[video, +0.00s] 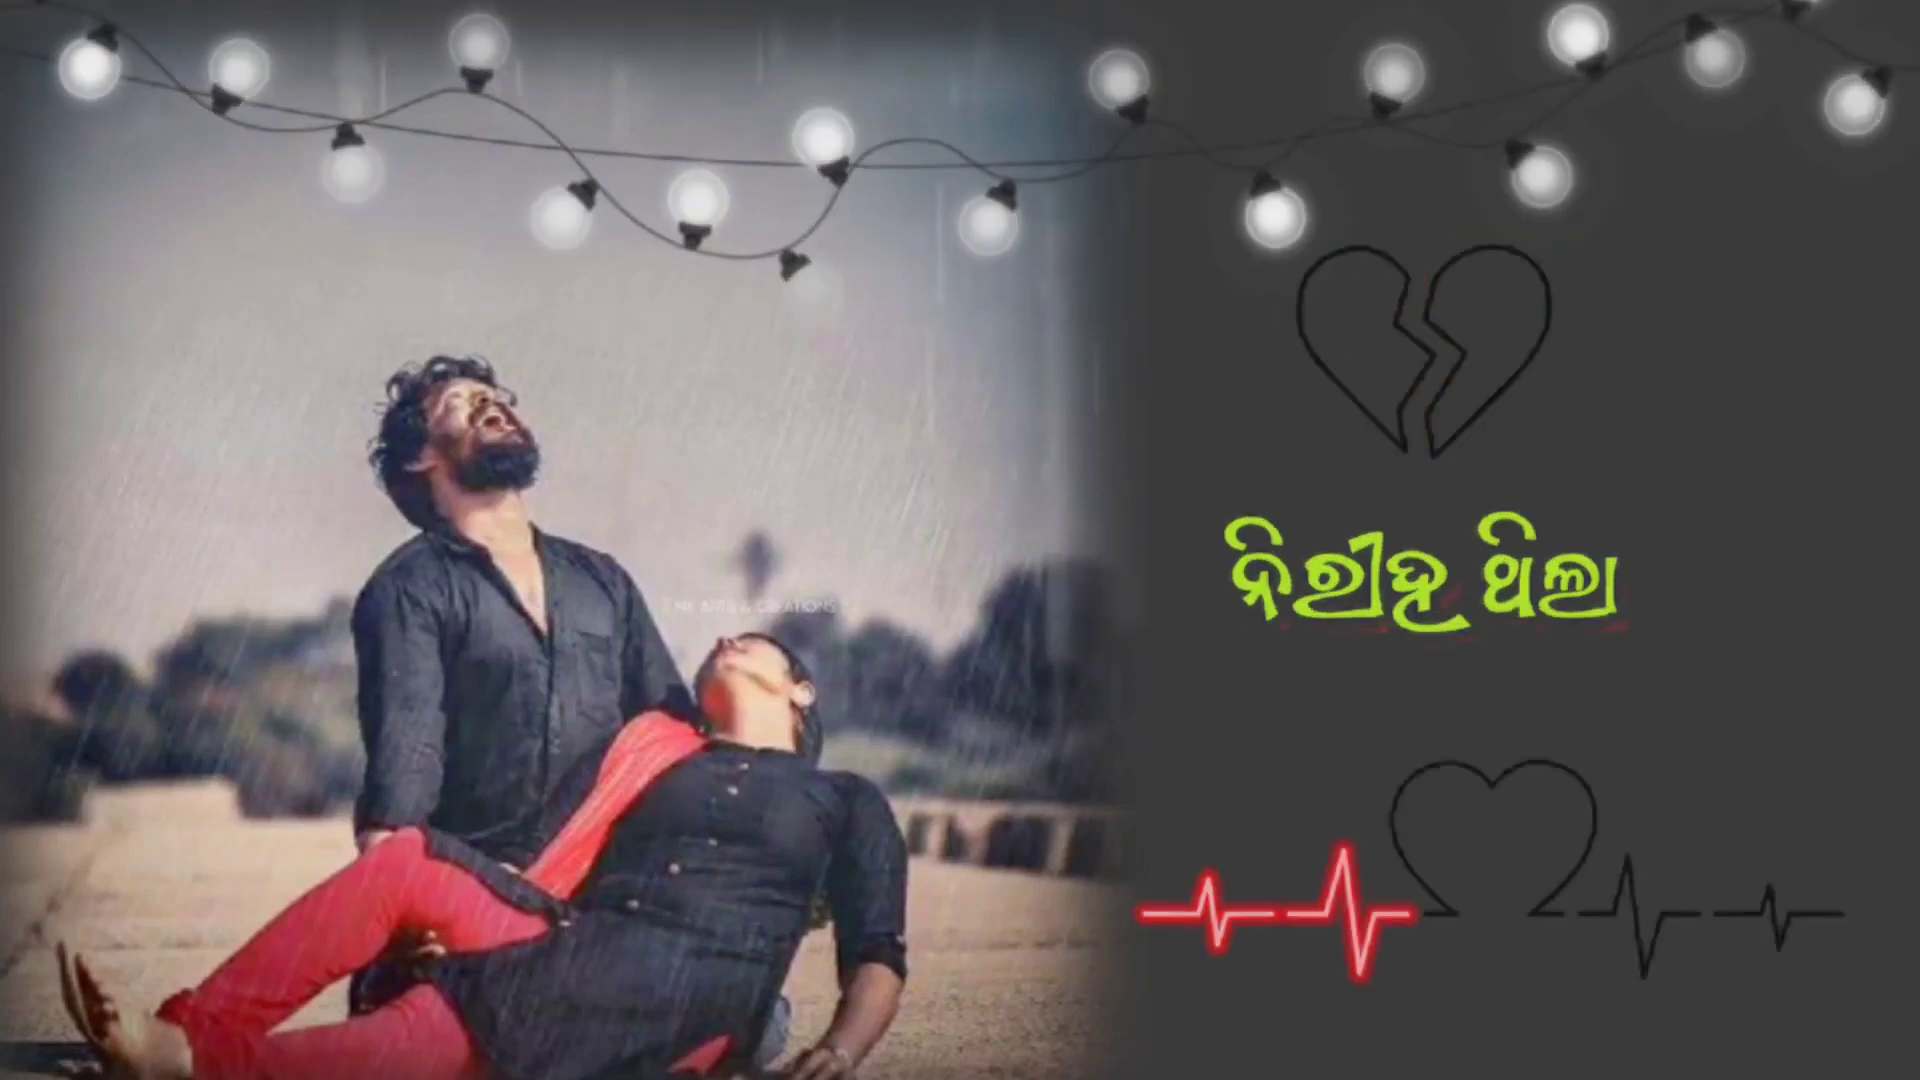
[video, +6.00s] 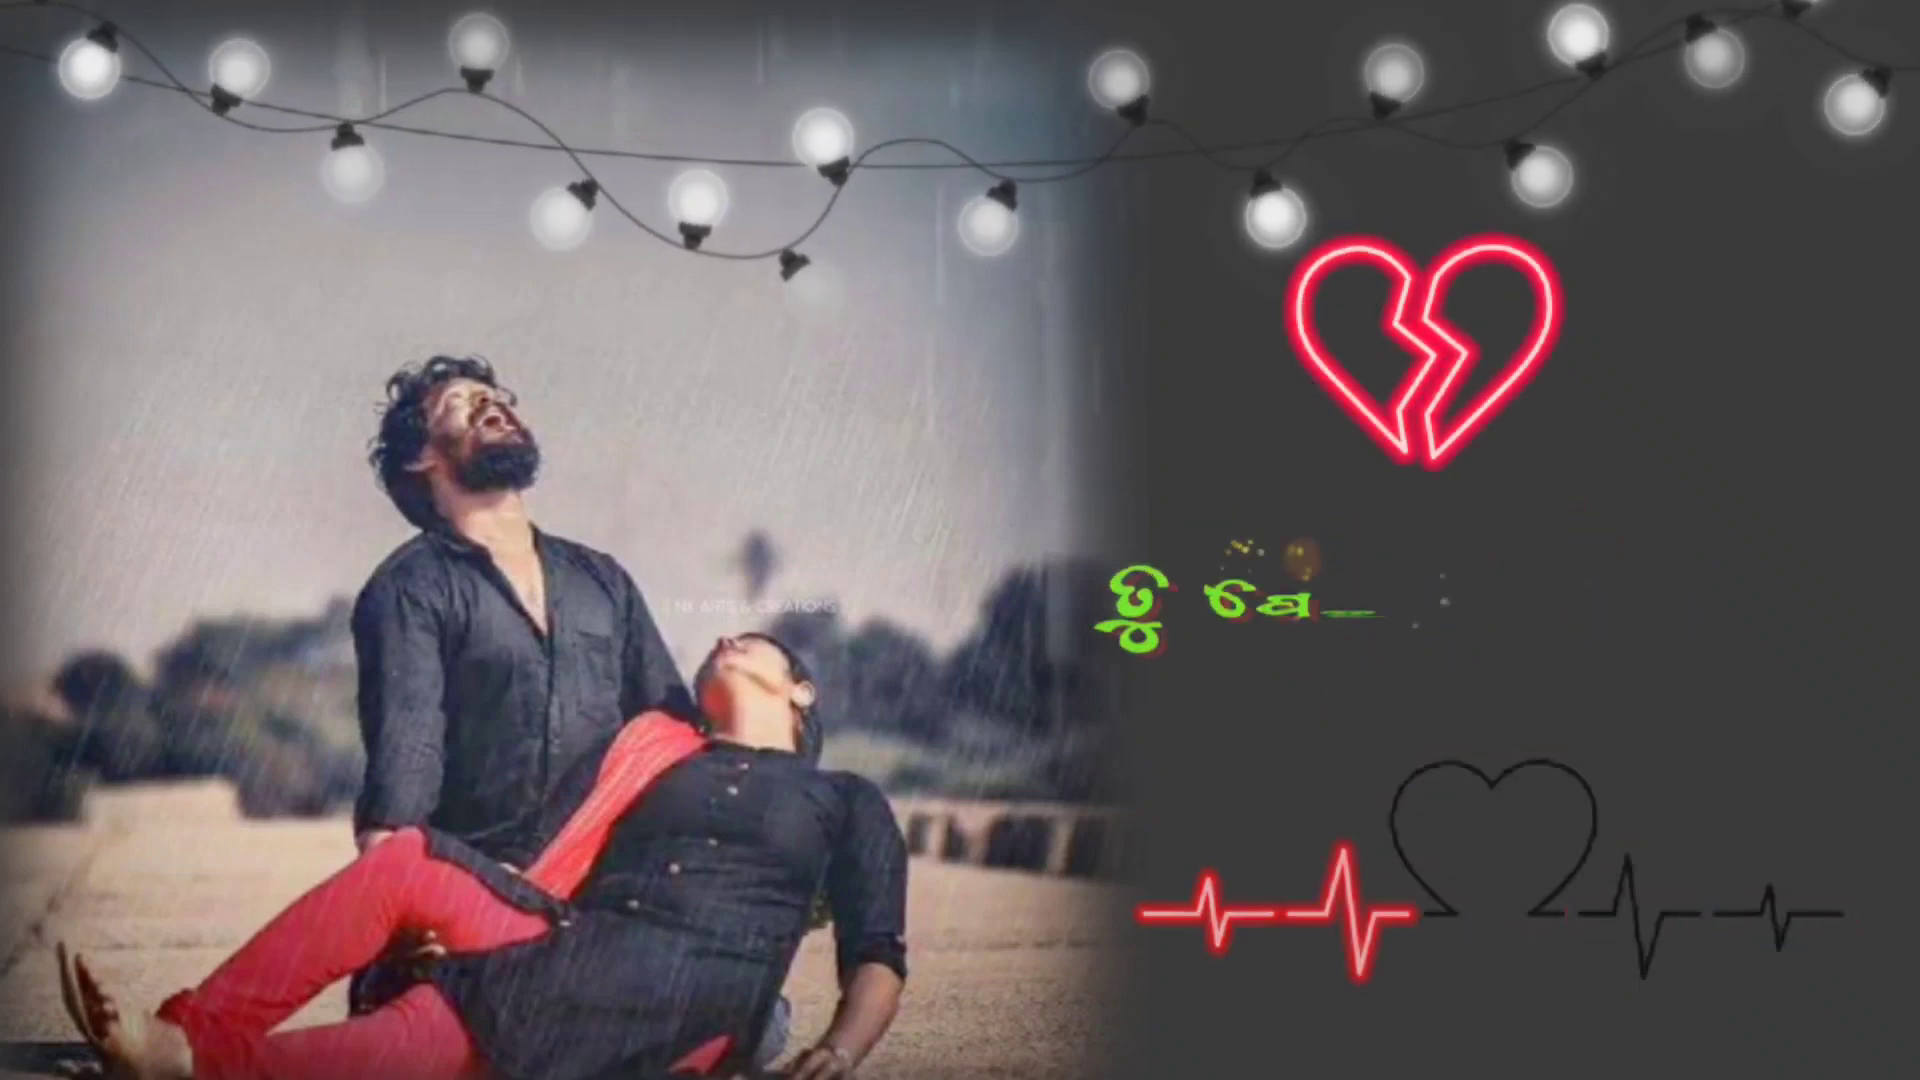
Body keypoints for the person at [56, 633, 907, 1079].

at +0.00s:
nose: (722, 662)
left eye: (749, 657)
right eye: (717, 661)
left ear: (799, 699)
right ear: (708, 699)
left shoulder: (843, 798)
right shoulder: (663, 757)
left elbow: (878, 967)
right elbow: (576, 894)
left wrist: (835, 1066)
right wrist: (456, 948)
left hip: (693, 981)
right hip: (588, 945)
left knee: (448, 1029)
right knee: (400, 860)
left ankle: (186, 1059)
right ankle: (178, 1040)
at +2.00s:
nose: (722, 662)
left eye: (749, 657)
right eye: (717, 661)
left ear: (799, 700)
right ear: (708, 699)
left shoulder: (843, 798)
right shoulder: (663, 757)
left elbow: (878, 967)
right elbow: (576, 894)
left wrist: (834, 1066)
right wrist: (456, 948)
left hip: (693, 981)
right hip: (588, 945)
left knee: (448, 1029)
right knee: (400, 860)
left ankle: (186, 1059)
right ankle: (178, 1040)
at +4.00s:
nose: (722, 662)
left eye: (749, 657)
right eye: (717, 661)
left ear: (799, 699)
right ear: (708, 699)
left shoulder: (843, 798)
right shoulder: (662, 757)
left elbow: (878, 967)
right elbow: (576, 895)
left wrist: (834, 1067)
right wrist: (456, 949)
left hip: (693, 981)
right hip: (588, 945)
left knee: (450, 1028)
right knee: (401, 861)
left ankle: (188, 1060)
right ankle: (178, 1040)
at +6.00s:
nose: (721, 660)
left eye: (749, 656)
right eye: (717, 659)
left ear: (799, 699)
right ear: (709, 698)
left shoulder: (844, 798)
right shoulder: (662, 755)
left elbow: (879, 967)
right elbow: (574, 892)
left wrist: (836, 1063)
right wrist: (455, 949)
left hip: (693, 982)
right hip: (587, 946)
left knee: (451, 1028)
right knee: (400, 859)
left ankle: (187, 1058)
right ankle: (178, 1041)